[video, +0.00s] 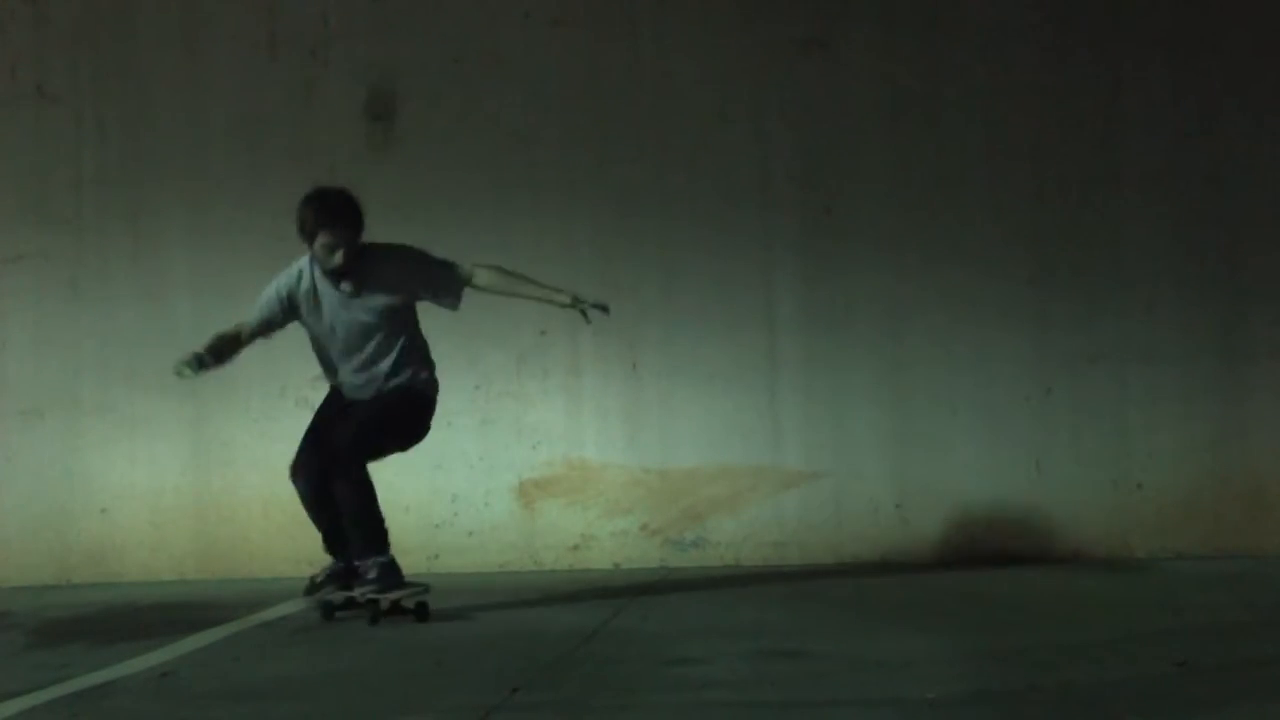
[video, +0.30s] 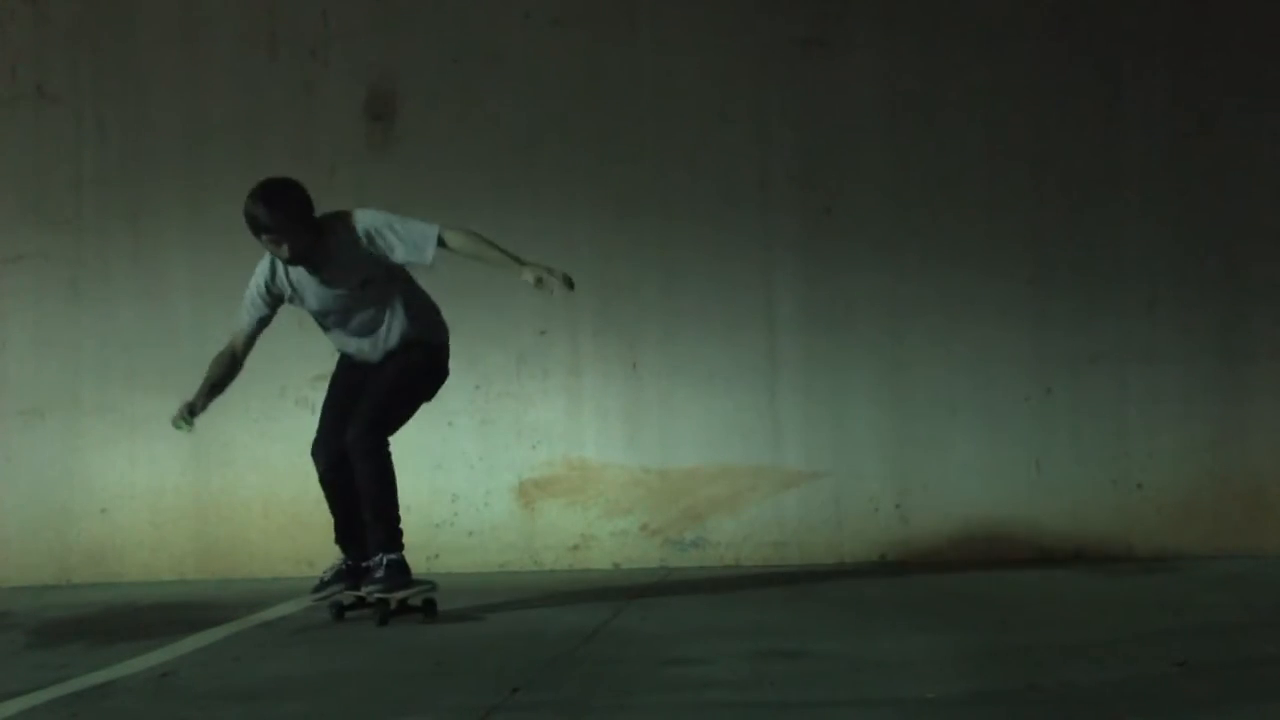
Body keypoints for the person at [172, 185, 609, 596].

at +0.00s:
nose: (340, 259)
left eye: (347, 247)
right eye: (328, 250)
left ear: (358, 237)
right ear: (308, 244)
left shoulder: (390, 267)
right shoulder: (298, 284)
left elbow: (475, 278)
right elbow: (246, 330)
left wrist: (564, 299)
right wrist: (209, 356)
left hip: (405, 397)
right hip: (346, 403)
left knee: (342, 454)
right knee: (306, 470)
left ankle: (379, 566)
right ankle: (347, 563)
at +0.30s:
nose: (283, 249)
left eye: (287, 236)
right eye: (272, 243)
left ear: (307, 219)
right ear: (264, 241)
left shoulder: (362, 231)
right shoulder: (275, 274)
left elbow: (446, 240)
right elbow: (237, 348)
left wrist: (523, 267)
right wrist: (199, 400)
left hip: (416, 349)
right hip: (361, 360)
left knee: (365, 435)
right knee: (327, 451)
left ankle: (389, 560)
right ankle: (357, 561)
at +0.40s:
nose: (263, 252)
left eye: (267, 238)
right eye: (253, 244)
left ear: (288, 220)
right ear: (248, 241)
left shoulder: (348, 222)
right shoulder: (274, 275)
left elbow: (437, 226)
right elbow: (263, 357)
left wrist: (515, 257)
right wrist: (232, 425)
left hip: (424, 332)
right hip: (367, 344)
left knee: (375, 430)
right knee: (337, 442)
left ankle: (388, 559)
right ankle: (355, 560)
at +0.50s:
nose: (253, 265)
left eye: (254, 251)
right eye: (243, 258)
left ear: (277, 231)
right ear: (242, 254)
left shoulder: (337, 229)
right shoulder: (280, 283)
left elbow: (430, 229)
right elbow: (292, 365)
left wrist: (508, 267)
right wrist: (273, 445)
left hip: (431, 324)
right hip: (377, 339)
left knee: (387, 430)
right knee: (348, 438)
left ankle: (391, 560)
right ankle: (359, 558)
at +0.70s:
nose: (247, 289)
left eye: (245, 276)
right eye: (238, 282)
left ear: (269, 251)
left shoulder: (339, 248)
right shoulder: (292, 295)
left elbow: (431, 262)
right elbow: (331, 350)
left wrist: (484, 326)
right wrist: (340, 434)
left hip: (440, 320)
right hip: (388, 335)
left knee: (407, 428)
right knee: (371, 438)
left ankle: (401, 560)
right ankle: (369, 558)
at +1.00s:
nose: (254, 256)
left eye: (252, 243)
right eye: (245, 250)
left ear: (276, 219)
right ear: (277, 222)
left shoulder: (348, 222)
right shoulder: (302, 254)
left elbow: (435, 261)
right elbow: (352, 306)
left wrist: (450, 349)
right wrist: (369, 383)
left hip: (450, 314)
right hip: (399, 330)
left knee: (414, 430)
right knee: (378, 434)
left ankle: (408, 560)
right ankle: (378, 556)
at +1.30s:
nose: (274, 194)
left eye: (272, 181)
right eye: (265, 188)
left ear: (295, 156)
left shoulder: (358, 176)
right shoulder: (319, 203)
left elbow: (431, 238)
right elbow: (369, 271)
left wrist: (436, 322)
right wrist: (379, 346)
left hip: (449, 309)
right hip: (403, 320)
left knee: (421, 430)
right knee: (391, 438)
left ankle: (426, 562)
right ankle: (408, 556)